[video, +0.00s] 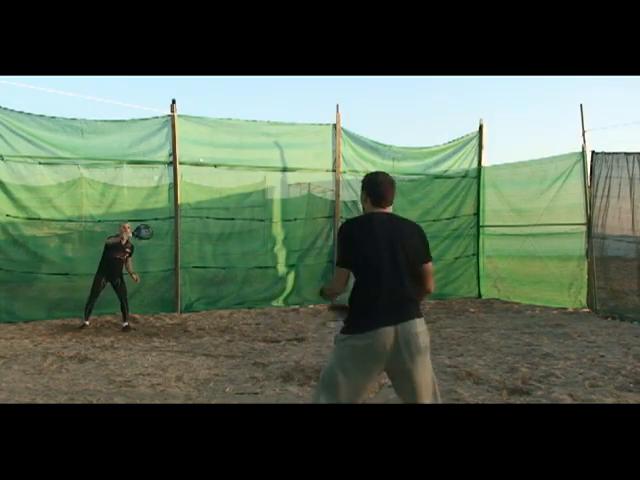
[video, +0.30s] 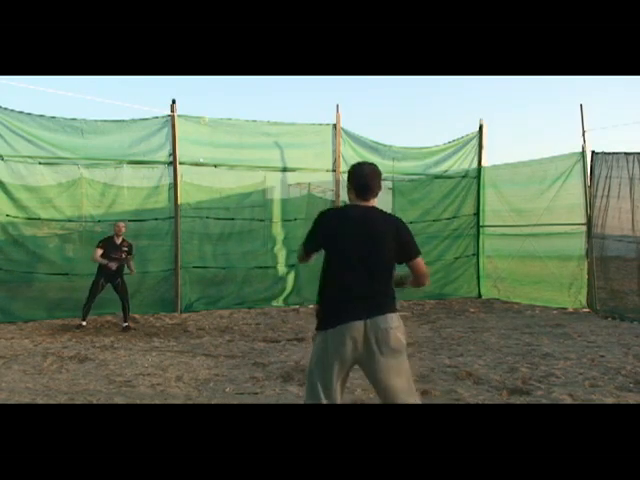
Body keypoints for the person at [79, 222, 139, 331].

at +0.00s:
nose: (126, 231)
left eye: (128, 229)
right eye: (124, 228)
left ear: (130, 231)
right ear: (120, 230)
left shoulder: (129, 246)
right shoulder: (111, 240)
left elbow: (127, 262)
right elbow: (109, 242)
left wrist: (132, 274)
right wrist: (122, 239)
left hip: (117, 274)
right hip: (103, 272)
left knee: (123, 298)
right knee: (93, 296)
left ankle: (125, 322)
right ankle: (86, 320)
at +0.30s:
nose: (120, 229)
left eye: (122, 227)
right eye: (118, 227)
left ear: (125, 229)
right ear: (114, 228)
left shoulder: (127, 245)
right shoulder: (105, 242)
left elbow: (128, 259)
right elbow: (96, 257)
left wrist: (131, 268)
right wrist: (108, 263)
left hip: (117, 276)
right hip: (103, 275)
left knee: (124, 298)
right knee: (91, 297)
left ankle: (126, 323)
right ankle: (83, 321)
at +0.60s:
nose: (102, 230)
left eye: (105, 228)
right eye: (100, 228)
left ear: (107, 230)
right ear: (96, 229)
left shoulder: (111, 245)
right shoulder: (87, 244)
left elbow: (114, 259)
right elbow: (80, 260)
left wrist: (114, 266)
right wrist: (89, 268)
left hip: (105, 274)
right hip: (90, 274)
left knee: (116, 298)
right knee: (81, 298)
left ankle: (123, 322)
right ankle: (78, 323)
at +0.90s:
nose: (98, 230)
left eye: (100, 228)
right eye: (96, 227)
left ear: (103, 229)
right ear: (92, 229)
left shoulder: (108, 244)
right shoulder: (84, 243)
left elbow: (111, 257)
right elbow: (75, 259)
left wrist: (113, 265)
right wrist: (82, 255)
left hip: (103, 276)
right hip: (88, 276)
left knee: (114, 298)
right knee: (80, 298)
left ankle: (119, 322)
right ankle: (78, 322)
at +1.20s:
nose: (99, 237)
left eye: (101, 235)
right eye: (96, 235)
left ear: (103, 237)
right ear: (93, 237)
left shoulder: (110, 250)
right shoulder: (89, 253)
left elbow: (115, 265)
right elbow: (87, 272)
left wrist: (115, 275)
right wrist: (94, 274)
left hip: (106, 281)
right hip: (92, 281)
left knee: (119, 300)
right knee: (82, 301)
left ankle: (119, 322)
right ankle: (78, 323)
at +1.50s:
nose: (104, 231)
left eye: (106, 228)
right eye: (102, 228)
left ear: (109, 230)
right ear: (98, 231)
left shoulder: (115, 244)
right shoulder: (90, 246)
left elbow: (118, 260)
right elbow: (81, 261)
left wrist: (116, 270)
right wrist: (89, 272)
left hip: (110, 275)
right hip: (96, 275)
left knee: (117, 299)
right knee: (86, 299)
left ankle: (119, 322)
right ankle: (80, 322)